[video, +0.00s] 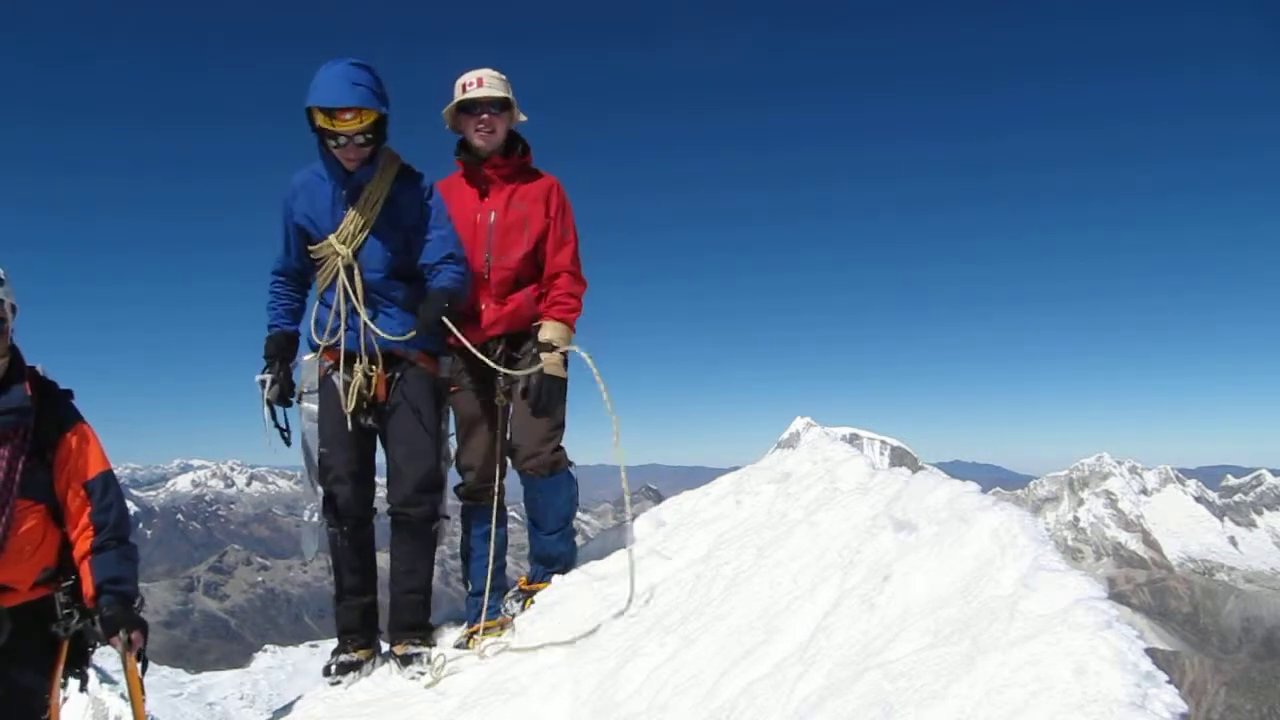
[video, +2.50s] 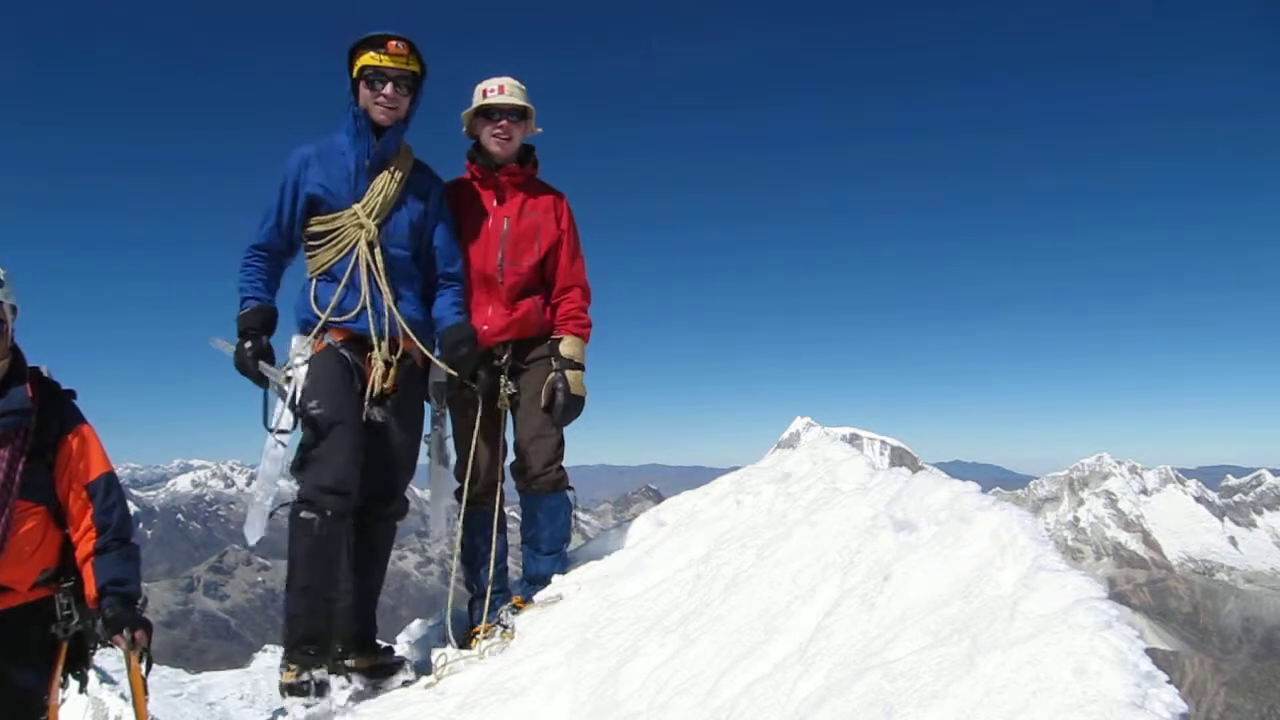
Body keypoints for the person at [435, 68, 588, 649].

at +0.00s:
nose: (484, 120)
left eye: (493, 110)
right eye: (472, 112)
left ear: (512, 118)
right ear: (458, 124)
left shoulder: (544, 190)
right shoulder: (442, 196)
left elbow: (564, 272)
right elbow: (428, 272)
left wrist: (555, 338)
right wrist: (427, 352)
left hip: (529, 340)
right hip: (464, 345)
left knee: (537, 453)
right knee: (478, 468)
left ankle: (550, 572)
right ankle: (483, 600)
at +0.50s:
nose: (490, 122)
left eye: (500, 112)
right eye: (479, 113)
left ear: (517, 120)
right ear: (464, 125)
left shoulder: (550, 194)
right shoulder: (449, 198)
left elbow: (569, 276)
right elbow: (436, 276)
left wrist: (557, 342)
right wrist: (448, 347)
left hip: (534, 341)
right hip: (472, 346)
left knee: (538, 451)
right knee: (478, 471)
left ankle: (550, 571)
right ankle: (484, 601)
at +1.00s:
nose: (496, 124)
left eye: (506, 115)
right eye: (485, 115)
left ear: (522, 124)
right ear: (470, 127)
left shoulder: (552, 198)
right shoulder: (454, 198)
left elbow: (571, 282)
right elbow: (440, 272)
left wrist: (562, 353)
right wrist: (452, 341)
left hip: (536, 348)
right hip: (473, 347)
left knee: (543, 463)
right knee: (477, 472)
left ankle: (546, 585)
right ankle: (484, 600)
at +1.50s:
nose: (503, 128)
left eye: (514, 118)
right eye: (492, 119)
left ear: (529, 127)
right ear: (474, 128)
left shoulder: (557, 202)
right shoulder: (453, 202)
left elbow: (575, 283)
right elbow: (432, 282)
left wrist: (573, 353)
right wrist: (423, 349)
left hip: (540, 351)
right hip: (472, 354)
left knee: (539, 468)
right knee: (479, 477)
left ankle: (542, 586)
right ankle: (484, 600)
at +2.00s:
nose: (503, 128)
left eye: (514, 119)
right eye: (491, 119)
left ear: (528, 129)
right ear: (474, 128)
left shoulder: (551, 206)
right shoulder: (448, 202)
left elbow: (571, 290)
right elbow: (428, 283)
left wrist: (570, 360)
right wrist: (416, 355)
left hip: (535, 352)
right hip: (467, 354)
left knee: (540, 465)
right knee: (478, 476)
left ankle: (544, 586)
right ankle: (486, 603)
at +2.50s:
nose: (502, 126)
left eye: (513, 117)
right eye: (491, 117)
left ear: (528, 128)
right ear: (474, 127)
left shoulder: (551, 204)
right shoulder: (450, 200)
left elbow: (571, 289)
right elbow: (434, 277)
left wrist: (572, 359)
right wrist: (448, 340)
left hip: (536, 350)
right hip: (469, 352)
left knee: (540, 464)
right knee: (478, 476)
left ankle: (542, 587)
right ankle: (486, 603)